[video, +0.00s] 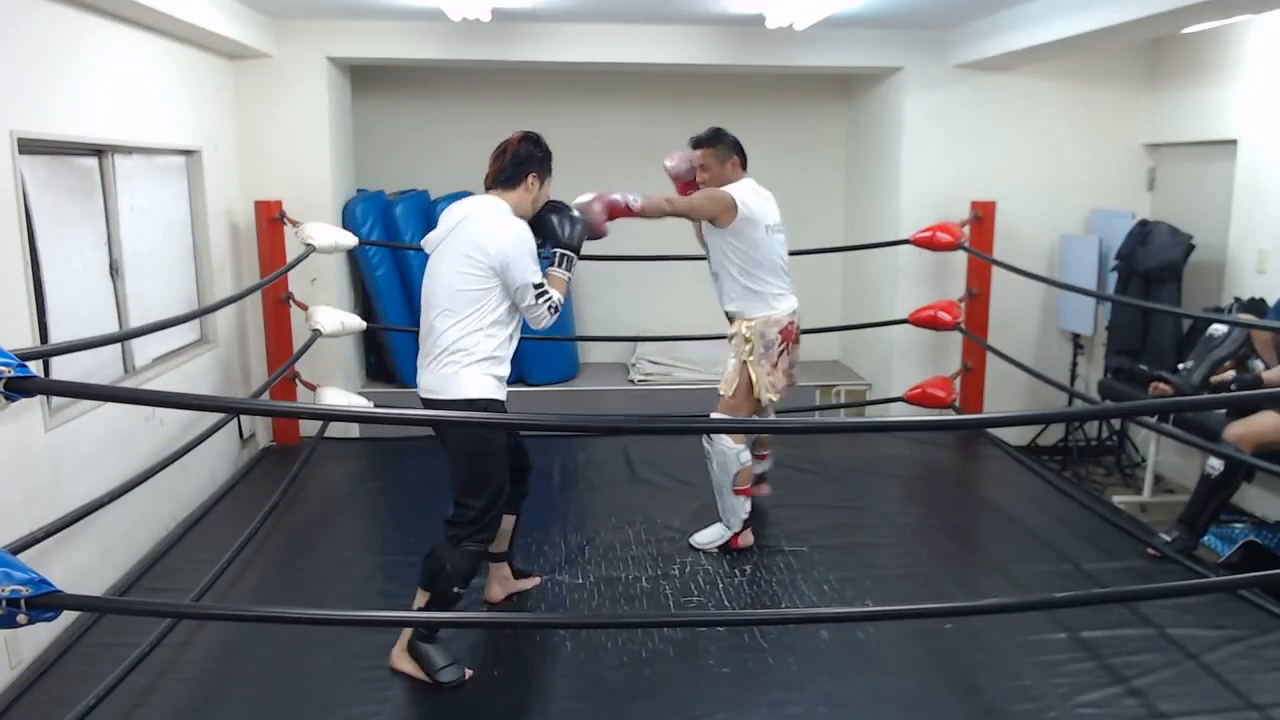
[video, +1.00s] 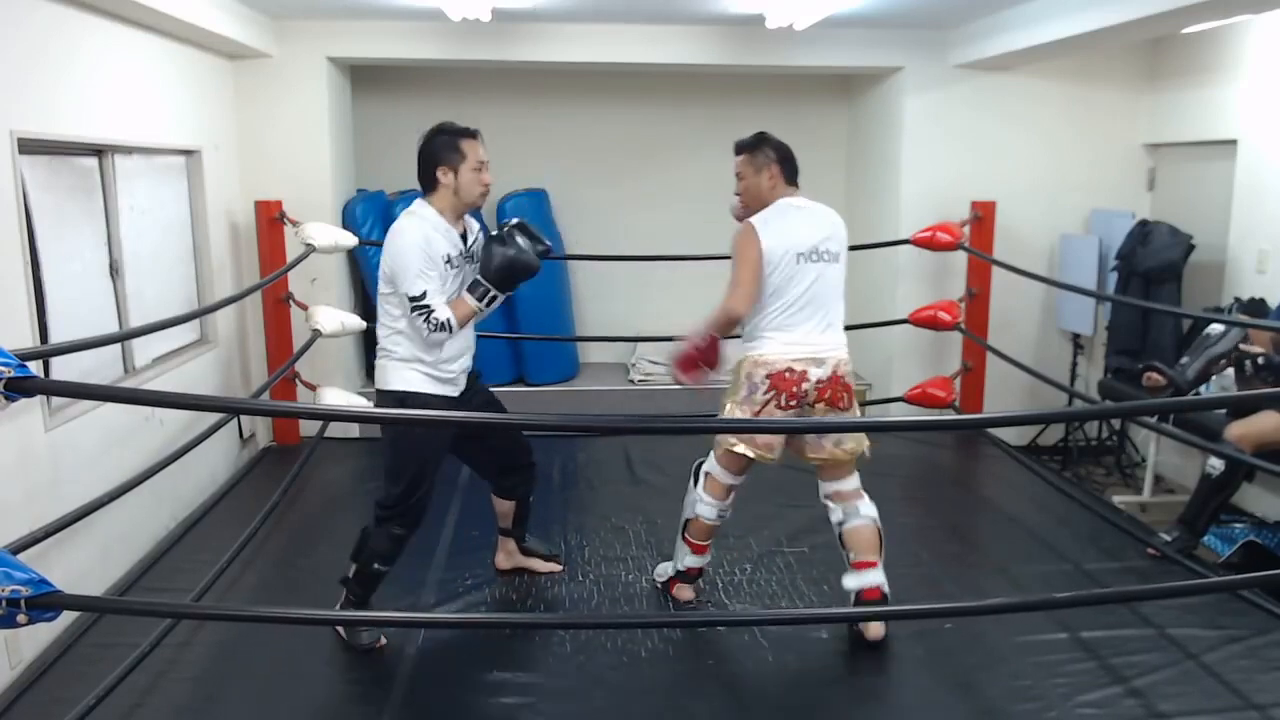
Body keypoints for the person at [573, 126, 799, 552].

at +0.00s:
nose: (698, 179)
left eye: (705, 168)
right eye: (696, 170)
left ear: (733, 165)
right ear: (739, 168)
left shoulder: (728, 199)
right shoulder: (760, 197)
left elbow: (669, 206)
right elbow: (715, 243)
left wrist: (612, 204)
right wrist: (685, 186)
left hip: (757, 327)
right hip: (778, 322)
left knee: (723, 432)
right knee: (758, 407)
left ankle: (735, 526)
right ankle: (758, 474)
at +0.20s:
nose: (720, 179)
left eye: (727, 168)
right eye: (717, 171)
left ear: (755, 163)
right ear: (758, 167)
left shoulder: (760, 205)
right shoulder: (779, 198)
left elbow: (738, 267)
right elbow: (738, 255)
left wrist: (679, 261)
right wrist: (712, 198)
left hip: (776, 332)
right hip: (801, 326)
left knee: (746, 429)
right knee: (801, 417)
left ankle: (740, 529)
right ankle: (839, 501)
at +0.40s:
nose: (748, 189)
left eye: (755, 179)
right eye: (744, 181)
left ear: (783, 175)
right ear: (779, 179)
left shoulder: (791, 221)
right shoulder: (791, 212)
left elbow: (797, 287)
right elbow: (750, 259)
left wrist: (736, 283)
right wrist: (733, 216)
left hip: (804, 349)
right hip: (822, 345)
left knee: (733, 429)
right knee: (823, 427)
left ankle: (735, 531)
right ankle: (852, 510)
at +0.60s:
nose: (741, 205)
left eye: (749, 195)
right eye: (738, 197)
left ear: (781, 192)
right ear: (784, 195)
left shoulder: (778, 233)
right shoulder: (812, 226)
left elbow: (735, 272)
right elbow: (771, 269)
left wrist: (696, 235)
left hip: (801, 365)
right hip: (838, 361)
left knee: (715, 440)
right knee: (816, 430)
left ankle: (698, 549)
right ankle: (853, 515)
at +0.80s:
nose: (714, 196)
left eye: (719, 185)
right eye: (713, 186)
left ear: (748, 180)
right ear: (757, 183)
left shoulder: (736, 220)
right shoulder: (806, 219)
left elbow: (659, 237)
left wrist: (600, 226)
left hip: (773, 364)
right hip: (827, 359)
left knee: (708, 461)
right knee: (834, 448)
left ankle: (692, 571)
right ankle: (873, 547)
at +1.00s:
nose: (737, 190)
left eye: (741, 178)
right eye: (736, 179)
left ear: (772, 173)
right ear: (785, 176)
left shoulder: (756, 230)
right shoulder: (832, 222)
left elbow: (737, 309)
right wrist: (750, 221)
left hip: (768, 378)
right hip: (832, 377)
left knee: (720, 478)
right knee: (845, 489)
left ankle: (685, 578)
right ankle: (872, 607)